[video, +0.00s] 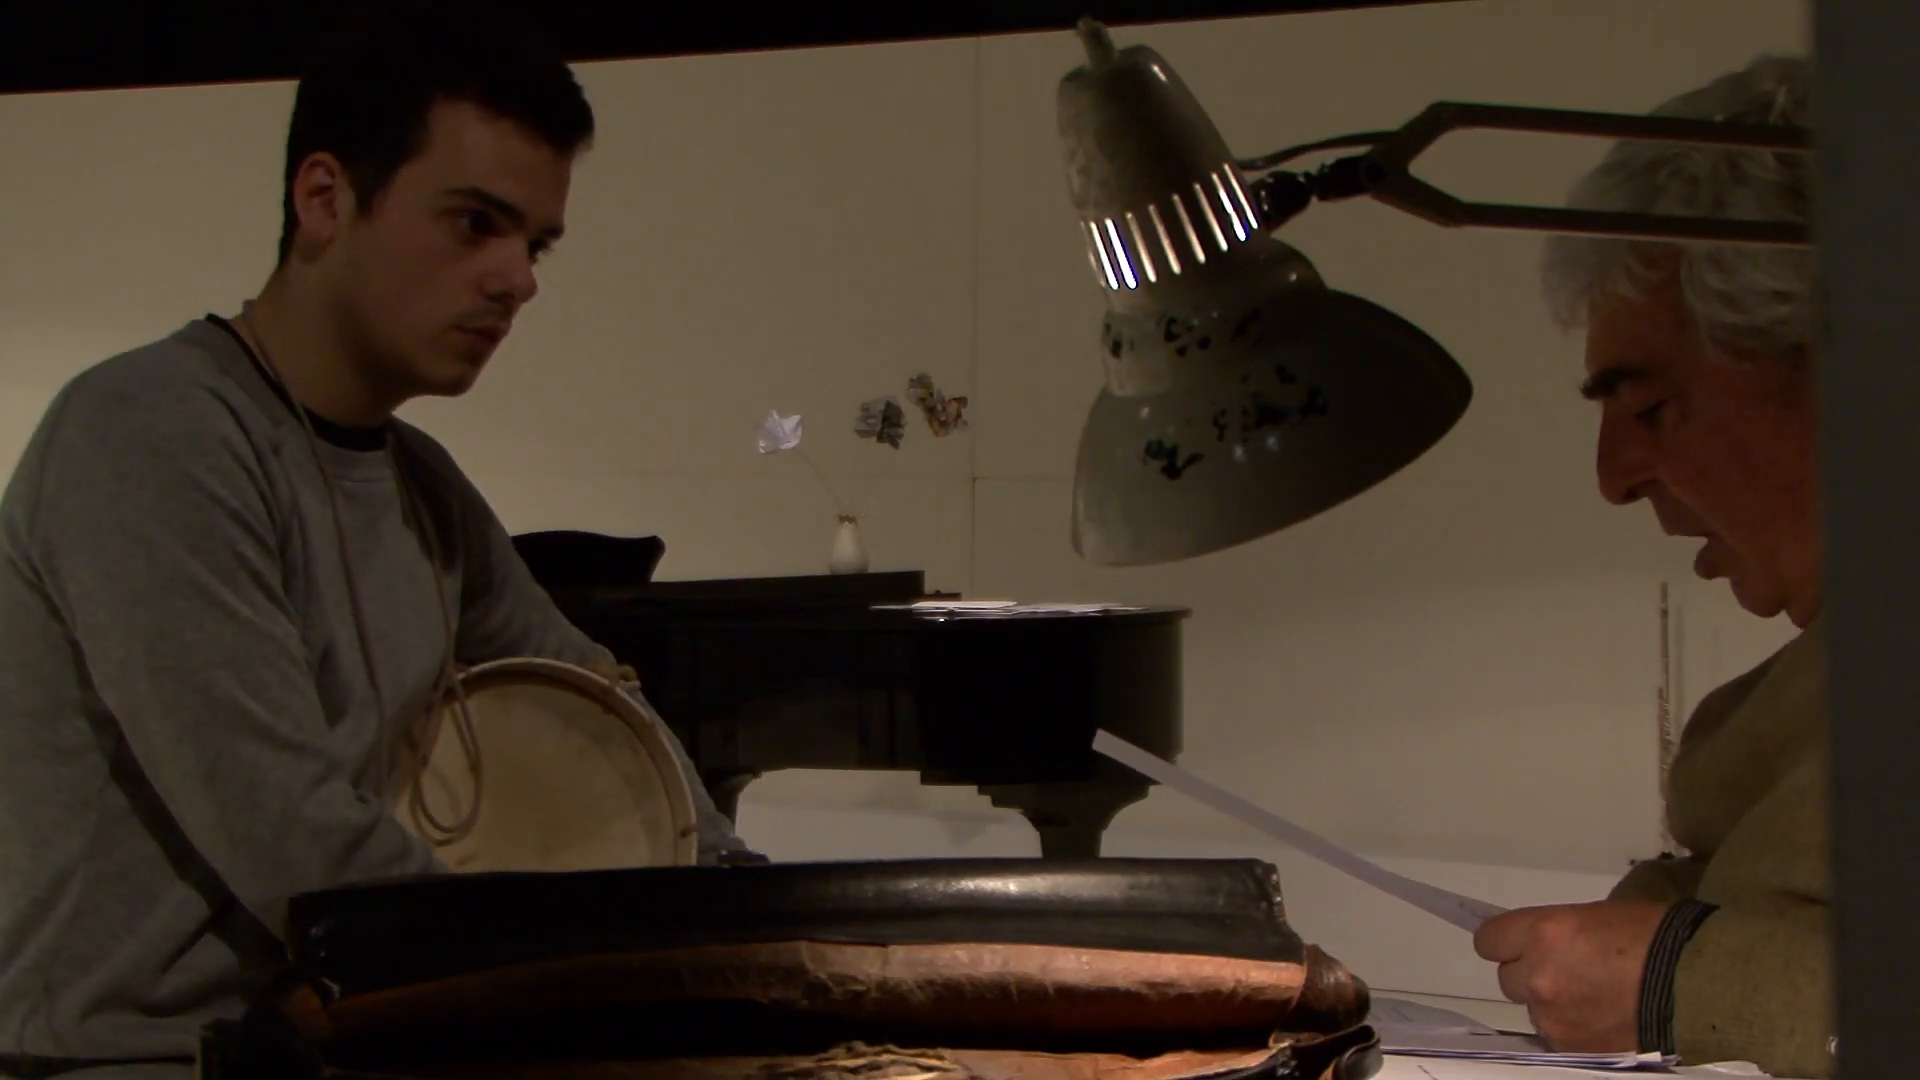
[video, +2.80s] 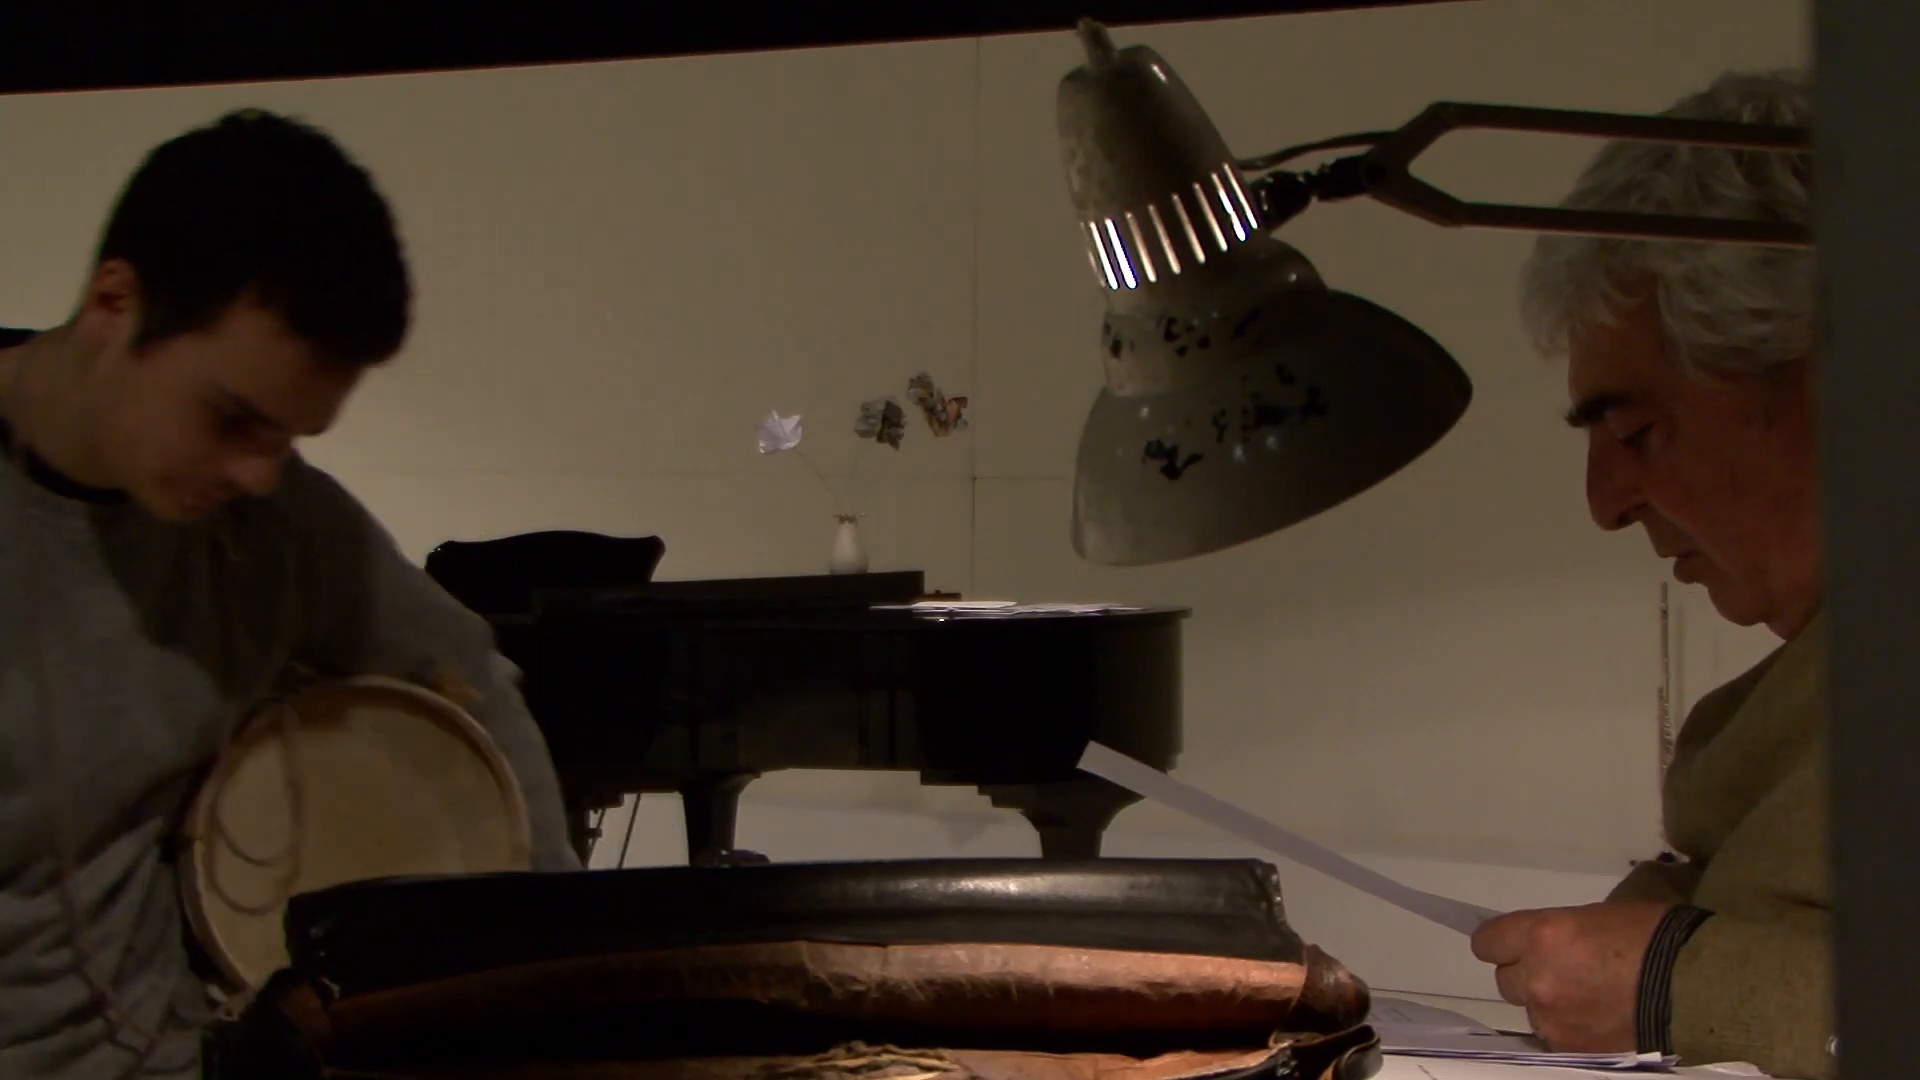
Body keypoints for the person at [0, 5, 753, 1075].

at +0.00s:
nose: (516, 282)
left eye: (536, 247)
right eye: (476, 222)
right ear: (323, 200)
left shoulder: (425, 487)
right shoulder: (142, 435)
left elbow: (595, 720)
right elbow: (300, 854)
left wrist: (746, 912)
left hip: (345, 1037)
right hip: (128, 1057)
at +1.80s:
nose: (523, 338)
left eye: (549, 301)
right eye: (493, 279)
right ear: (349, 224)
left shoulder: (459, 494)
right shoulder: (110, 445)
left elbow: (669, 719)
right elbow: (222, 898)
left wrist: (724, 947)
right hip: (89, 1045)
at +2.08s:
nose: (517, 427)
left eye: (542, 394)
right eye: (499, 369)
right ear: (374, 265)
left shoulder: (478, 519)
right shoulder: (90, 444)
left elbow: (677, 735)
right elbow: (80, 872)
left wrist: (715, 953)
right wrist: (317, 1041)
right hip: (56, 1036)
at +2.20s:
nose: (520, 431)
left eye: (544, 397)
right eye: (502, 371)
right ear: (377, 268)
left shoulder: (467, 523)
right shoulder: (86, 442)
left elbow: (665, 745)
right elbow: (88, 872)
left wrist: (689, 966)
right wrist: (326, 1044)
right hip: (48, 1042)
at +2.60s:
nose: (409, 454)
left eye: (438, 420)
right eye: (393, 398)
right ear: (270, 283)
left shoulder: (385, 514)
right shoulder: (18, 450)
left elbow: (574, 736)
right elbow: (9, 859)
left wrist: (627, 960)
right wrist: (258, 1028)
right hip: (32, 1028)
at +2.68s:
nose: (354, 459)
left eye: (382, 423)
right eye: (333, 401)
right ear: (210, 287)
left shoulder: (346, 521)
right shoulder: (15, 468)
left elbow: (539, 730)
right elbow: (12, 932)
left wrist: (573, 972)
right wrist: (191, 1062)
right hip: (44, 1041)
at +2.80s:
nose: (262, 478)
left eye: (292, 439)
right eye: (235, 422)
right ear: (111, 307)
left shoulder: (282, 518)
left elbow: (469, 684)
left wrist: (543, 928)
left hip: (217, 1038)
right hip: (28, 1051)